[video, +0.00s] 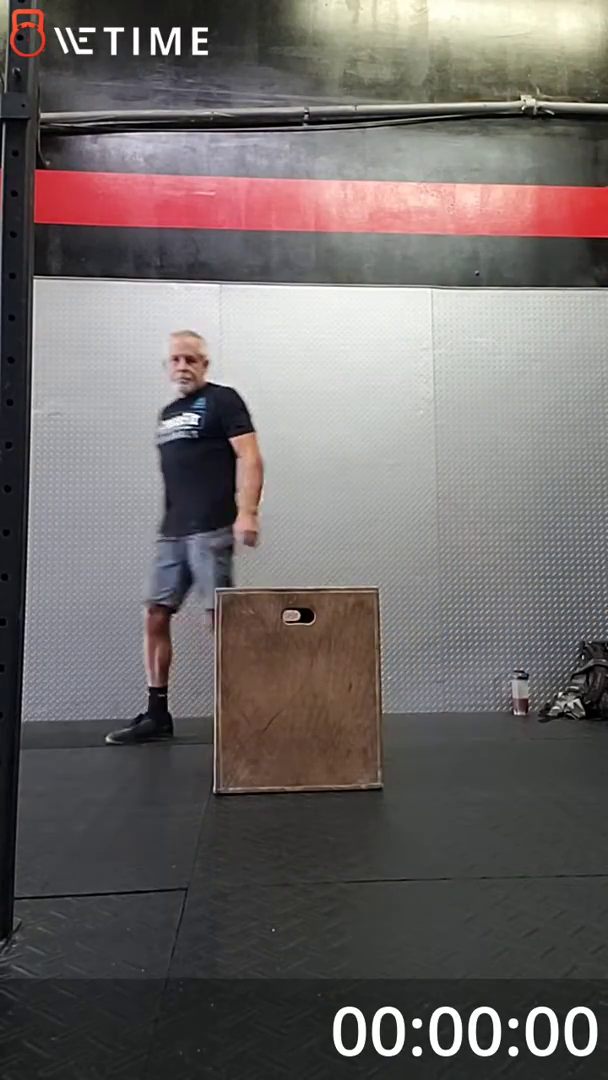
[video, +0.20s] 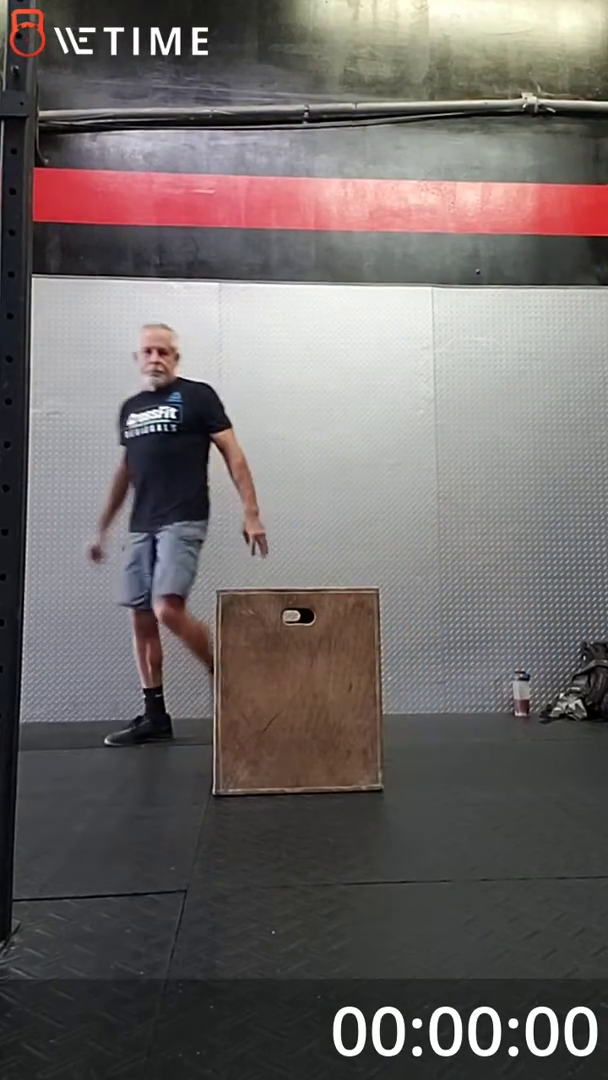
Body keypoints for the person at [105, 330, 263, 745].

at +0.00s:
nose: (182, 367)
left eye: (190, 360)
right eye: (176, 360)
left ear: (205, 363)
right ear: (169, 365)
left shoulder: (224, 399)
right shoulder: (168, 412)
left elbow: (250, 457)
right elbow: (177, 473)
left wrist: (247, 512)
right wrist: (171, 520)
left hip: (213, 529)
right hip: (173, 530)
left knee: (222, 622)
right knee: (155, 616)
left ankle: (244, 720)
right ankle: (157, 715)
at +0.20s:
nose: (155, 359)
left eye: (163, 352)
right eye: (148, 352)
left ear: (176, 357)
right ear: (137, 358)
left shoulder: (199, 396)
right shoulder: (131, 408)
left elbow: (233, 453)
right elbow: (126, 470)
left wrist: (252, 513)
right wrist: (102, 529)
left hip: (184, 520)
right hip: (141, 524)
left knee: (168, 610)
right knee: (141, 619)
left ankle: (229, 677)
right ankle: (156, 716)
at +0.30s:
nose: (143, 356)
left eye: (150, 349)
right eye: (135, 349)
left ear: (163, 355)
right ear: (124, 355)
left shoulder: (186, 395)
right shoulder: (113, 404)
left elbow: (220, 452)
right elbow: (100, 466)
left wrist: (240, 513)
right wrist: (75, 525)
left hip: (174, 516)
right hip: (132, 522)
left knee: (154, 603)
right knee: (136, 616)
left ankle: (178, 697)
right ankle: (152, 713)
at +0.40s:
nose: (133, 354)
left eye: (141, 348)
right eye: (125, 347)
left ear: (153, 354)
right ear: (113, 353)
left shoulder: (176, 395)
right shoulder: (96, 403)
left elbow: (205, 454)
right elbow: (79, 465)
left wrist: (222, 515)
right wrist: (54, 525)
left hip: (164, 517)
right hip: (120, 524)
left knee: (140, 611)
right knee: (133, 619)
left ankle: (128, 720)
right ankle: (156, 712)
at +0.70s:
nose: (117, 343)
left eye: (125, 337)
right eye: (109, 335)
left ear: (135, 345)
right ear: (94, 339)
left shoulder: (152, 393)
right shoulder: (65, 388)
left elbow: (173, 459)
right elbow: (49, 452)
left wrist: (183, 521)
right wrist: (37, 511)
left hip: (128, 524)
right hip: (73, 522)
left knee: (114, 618)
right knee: (58, 619)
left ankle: (97, 728)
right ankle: (114, 684)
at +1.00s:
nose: (85, 329)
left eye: (93, 323)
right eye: (76, 320)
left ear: (103, 331)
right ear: (58, 324)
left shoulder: (118, 385)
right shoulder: (30, 372)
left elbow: (138, 445)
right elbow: (8, 432)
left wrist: (156, 494)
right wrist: (9, 495)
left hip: (101, 515)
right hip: (38, 512)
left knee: (101, 618)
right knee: (18, 610)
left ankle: (96, 728)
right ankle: (5, 721)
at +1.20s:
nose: (50, 316)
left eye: (58, 309)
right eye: (41, 306)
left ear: (67, 317)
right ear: (26, 311)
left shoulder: (80, 374)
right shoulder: (12, 362)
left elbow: (101, 442)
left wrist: (124, 503)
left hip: (65, 509)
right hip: (16, 509)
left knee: (80, 616)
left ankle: (91, 725)